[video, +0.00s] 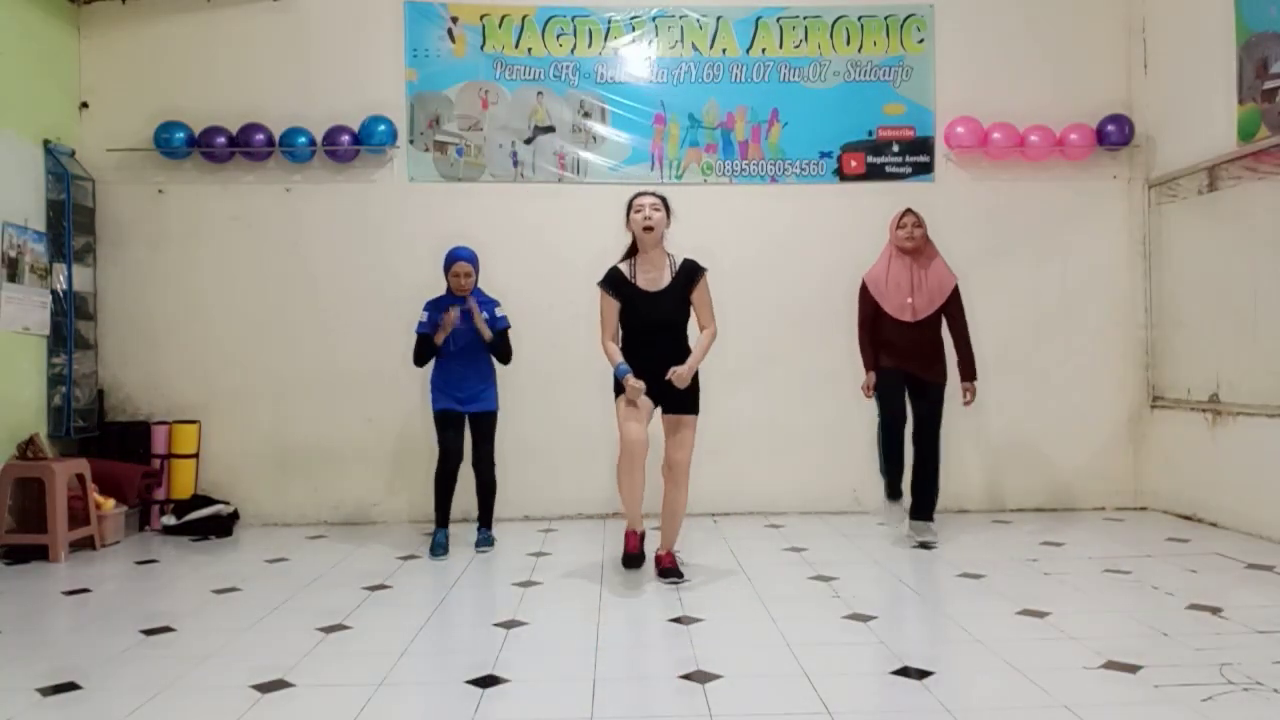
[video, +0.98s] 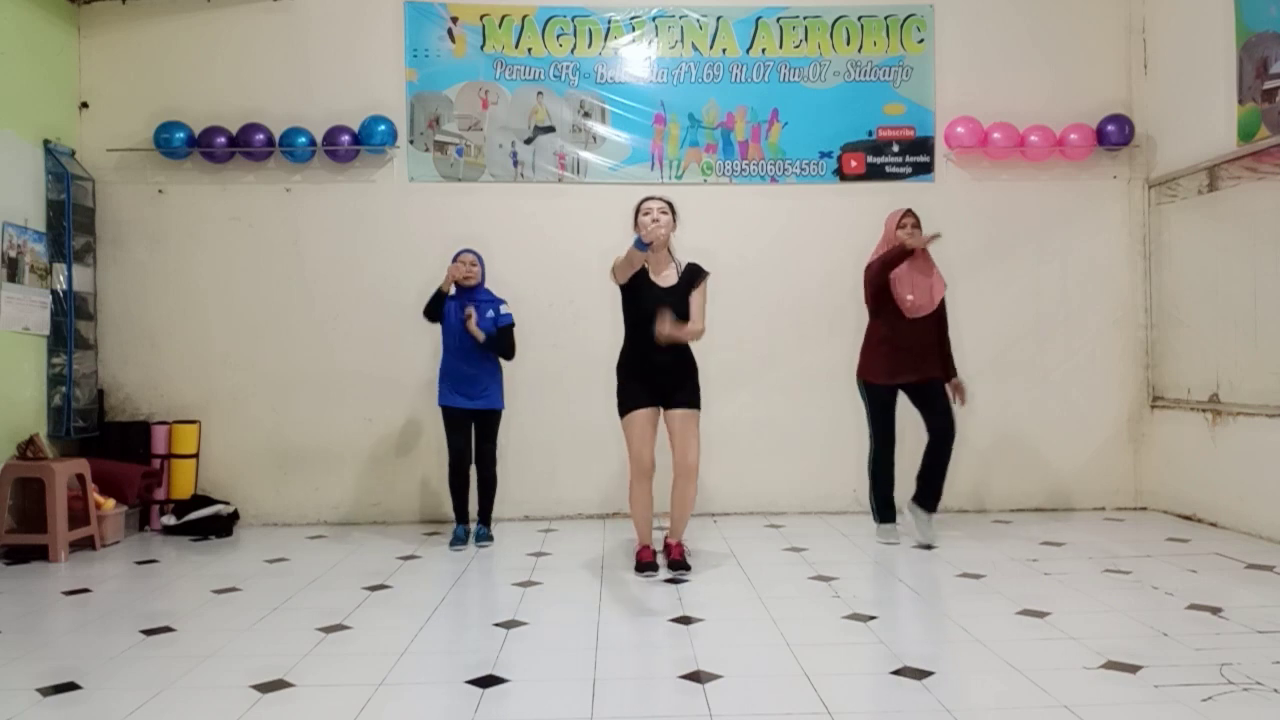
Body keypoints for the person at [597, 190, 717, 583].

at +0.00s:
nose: (647, 215)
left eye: (655, 209)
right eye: (639, 210)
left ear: (668, 221)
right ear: (629, 224)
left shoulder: (689, 272)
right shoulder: (616, 277)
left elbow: (708, 328)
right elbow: (608, 339)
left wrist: (690, 367)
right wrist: (625, 374)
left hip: (679, 373)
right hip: (634, 373)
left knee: (677, 463)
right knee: (633, 440)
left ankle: (666, 551)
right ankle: (633, 530)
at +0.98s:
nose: (655, 219)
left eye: (662, 213)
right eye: (647, 214)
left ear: (674, 225)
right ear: (637, 227)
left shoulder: (692, 273)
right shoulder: (627, 268)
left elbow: (697, 328)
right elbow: (622, 273)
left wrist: (675, 331)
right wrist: (641, 245)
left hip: (679, 371)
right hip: (636, 372)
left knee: (688, 464)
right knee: (642, 464)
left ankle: (675, 542)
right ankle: (644, 546)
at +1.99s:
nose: (657, 217)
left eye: (666, 213)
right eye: (650, 213)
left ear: (677, 227)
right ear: (639, 227)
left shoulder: (690, 268)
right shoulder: (629, 270)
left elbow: (701, 272)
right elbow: (622, 278)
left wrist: (691, 253)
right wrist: (626, 267)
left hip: (683, 374)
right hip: (637, 374)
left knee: (683, 468)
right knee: (639, 470)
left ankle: (679, 549)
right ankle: (640, 550)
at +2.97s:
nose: (657, 201)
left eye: (665, 195)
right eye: (649, 195)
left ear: (676, 206)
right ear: (639, 206)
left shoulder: (695, 252)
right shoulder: (623, 254)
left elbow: (703, 284)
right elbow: (612, 290)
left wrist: (694, 312)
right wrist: (619, 318)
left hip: (686, 351)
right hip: (641, 351)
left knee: (685, 447)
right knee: (643, 449)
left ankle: (682, 539)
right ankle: (643, 538)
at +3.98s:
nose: (656, 215)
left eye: (664, 209)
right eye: (648, 210)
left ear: (676, 222)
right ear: (636, 223)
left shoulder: (692, 271)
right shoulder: (626, 266)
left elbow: (698, 330)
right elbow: (621, 275)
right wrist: (640, 257)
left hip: (677, 368)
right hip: (633, 369)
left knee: (687, 449)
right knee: (636, 464)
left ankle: (679, 527)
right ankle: (640, 551)